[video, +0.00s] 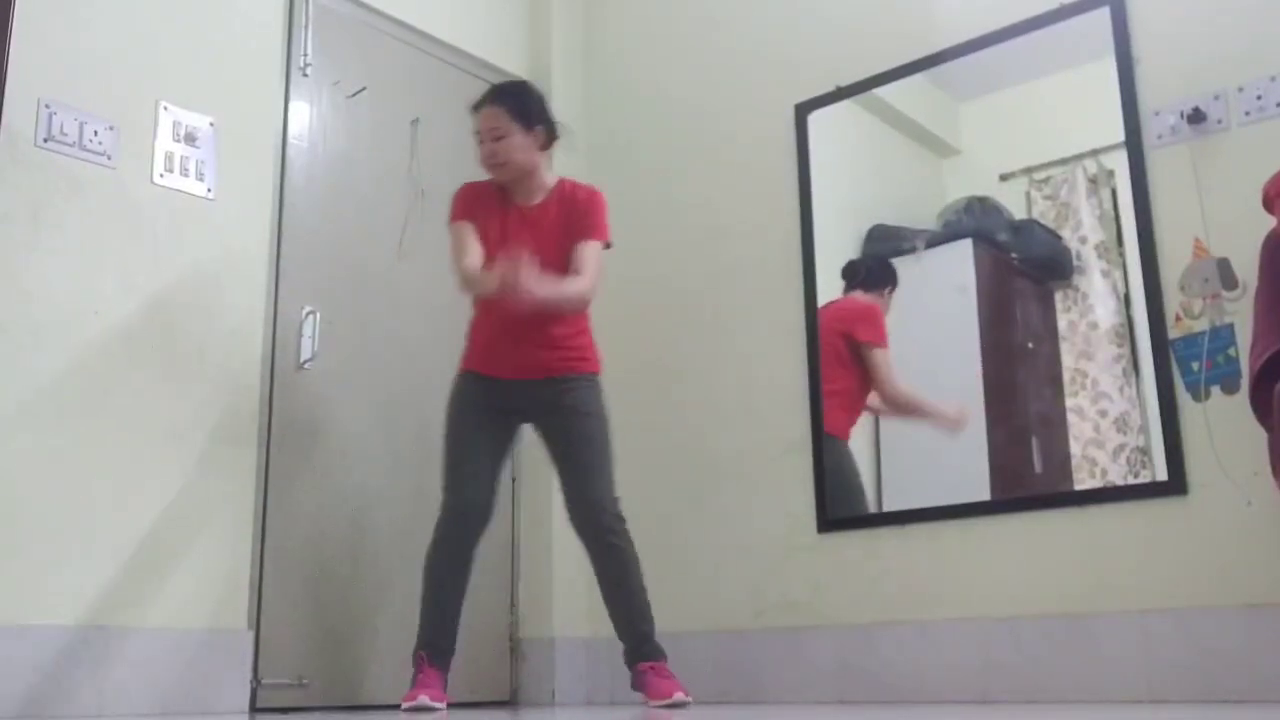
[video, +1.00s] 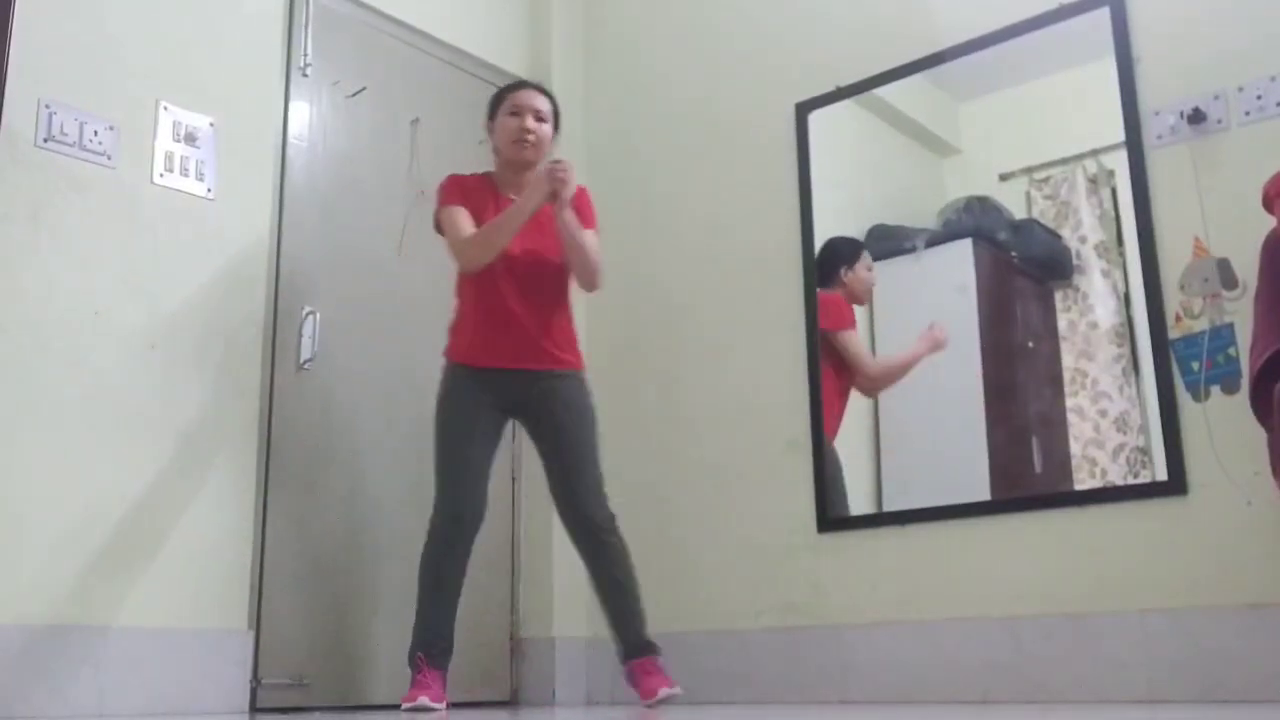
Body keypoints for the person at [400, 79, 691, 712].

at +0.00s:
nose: (485, 149)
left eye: (497, 136)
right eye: (479, 138)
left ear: (540, 136)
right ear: (479, 143)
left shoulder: (583, 201)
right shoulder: (472, 200)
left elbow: (584, 287)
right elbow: (468, 275)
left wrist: (534, 287)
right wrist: (497, 275)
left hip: (567, 381)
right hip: (486, 380)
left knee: (599, 514)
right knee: (462, 513)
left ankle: (648, 663)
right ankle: (430, 671)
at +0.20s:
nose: (444, 163)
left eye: (455, 151)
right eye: (439, 151)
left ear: (497, 149)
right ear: (442, 153)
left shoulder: (546, 216)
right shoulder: (433, 212)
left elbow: (559, 317)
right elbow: (405, 311)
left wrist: (576, 409)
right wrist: (387, 401)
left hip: (523, 381)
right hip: (444, 381)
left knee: (526, 500)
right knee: (439, 516)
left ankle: (560, 640)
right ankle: (427, 673)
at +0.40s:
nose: (433, 160)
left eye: (443, 147)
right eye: (428, 148)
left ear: (485, 144)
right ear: (429, 150)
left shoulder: (537, 211)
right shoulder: (423, 202)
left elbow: (587, 279)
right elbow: (352, 248)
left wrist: (602, 361)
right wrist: (350, 337)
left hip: (508, 377)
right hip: (430, 373)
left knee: (472, 506)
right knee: (428, 509)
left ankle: (454, 653)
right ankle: (423, 667)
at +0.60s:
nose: (459, 146)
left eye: (473, 134)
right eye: (448, 136)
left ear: (503, 145)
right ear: (439, 147)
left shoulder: (534, 216)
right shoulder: (418, 206)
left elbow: (581, 291)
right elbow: (348, 265)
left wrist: (583, 376)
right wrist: (354, 348)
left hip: (502, 377)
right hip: (425, 375)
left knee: (492, 492)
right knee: (429, 507)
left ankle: (467, 626)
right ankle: (424, 668)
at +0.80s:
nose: (491, 141)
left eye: (504, 133)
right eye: (479, 131)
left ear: (521, 149)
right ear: (458, 143)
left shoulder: (539, 219)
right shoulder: (427, 209)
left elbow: (549, 306)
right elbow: (404, 302)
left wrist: (531, 326)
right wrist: (466, 311)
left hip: (516, 380)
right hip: (440, 380)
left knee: (542, 478)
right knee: (435, 514)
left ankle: (530, 601)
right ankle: (426, 673)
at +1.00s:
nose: (528, 124)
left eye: (540, 117)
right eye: (515, 114)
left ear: (554, 137)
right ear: (491, 128)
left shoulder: (572, 198)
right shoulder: (461, 190)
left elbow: (590, 277)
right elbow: (469, 255)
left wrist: (559, 203)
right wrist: (533, 195)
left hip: (554, 376)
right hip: (475, 375)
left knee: (590, 517)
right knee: (457, 514)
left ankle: (641, 660)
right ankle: (428, 672)